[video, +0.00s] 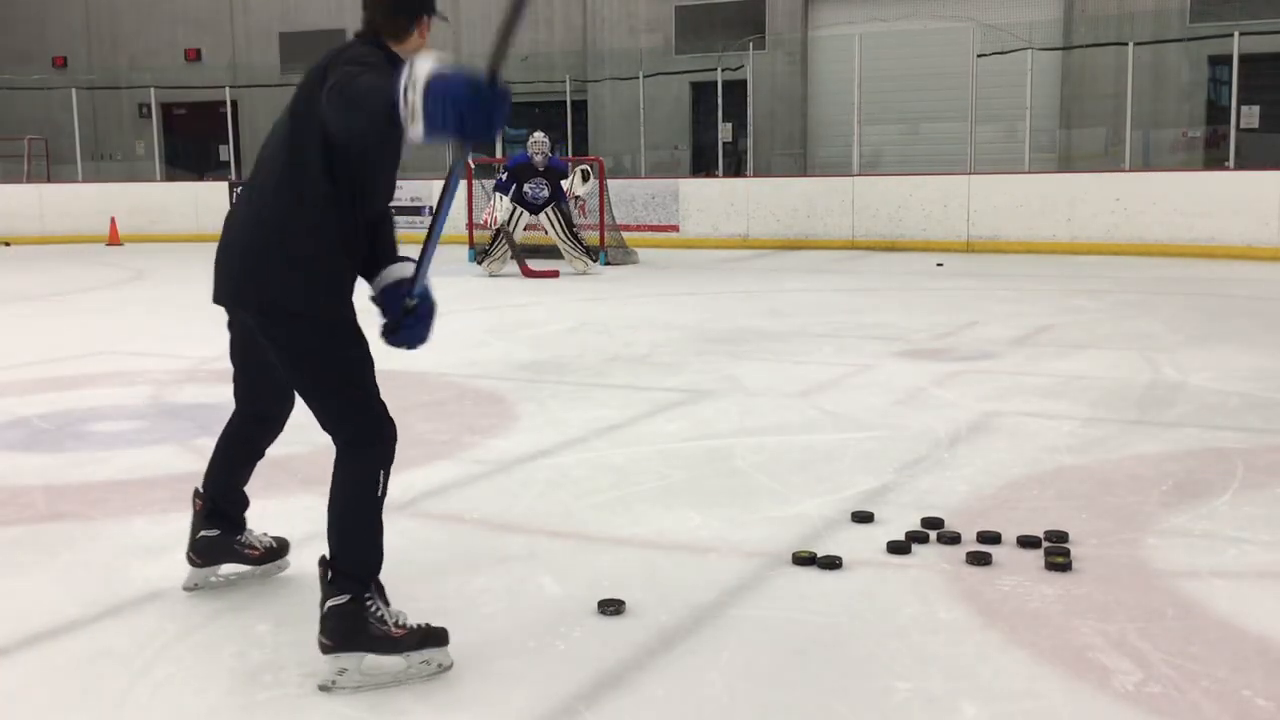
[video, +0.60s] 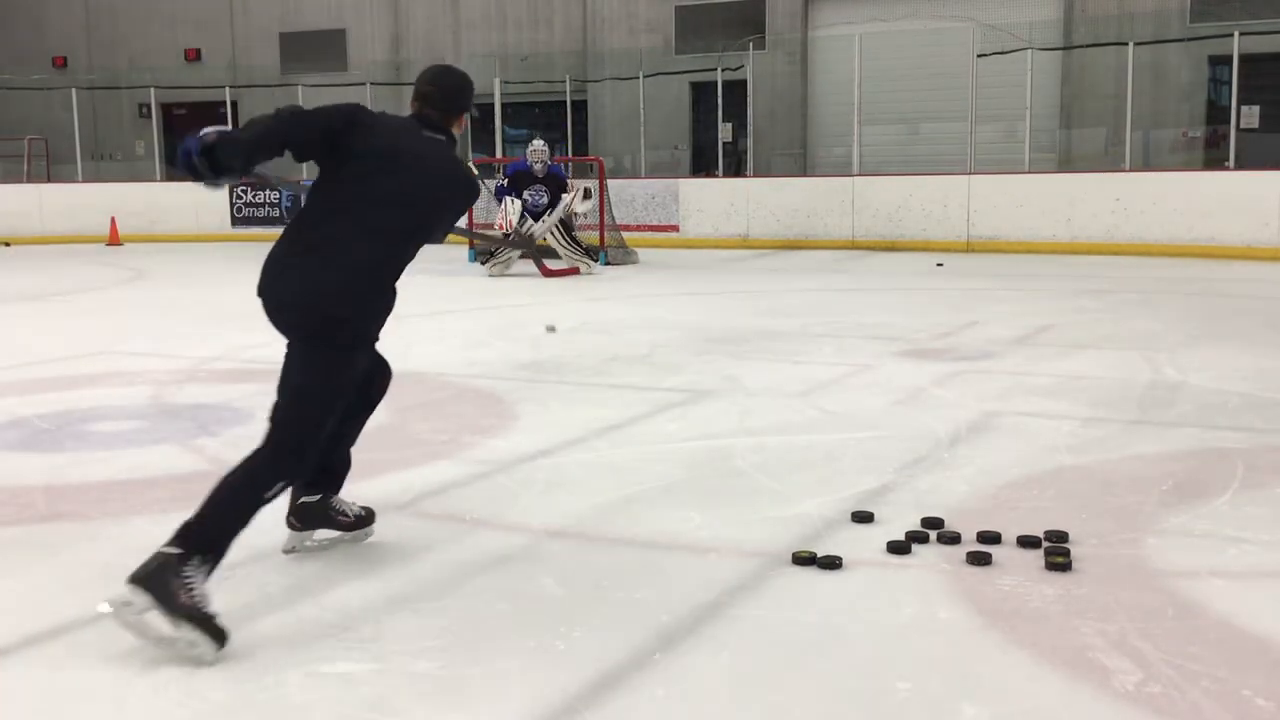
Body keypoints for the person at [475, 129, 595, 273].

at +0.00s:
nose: (539, 155)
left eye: (543, 151)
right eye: (536, 151)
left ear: (548, 151)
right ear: (529, 150)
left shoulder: (557, 166)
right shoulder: (518, 164)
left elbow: (570, 184)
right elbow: (501, 187)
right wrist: (497, 209)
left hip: (549, 205)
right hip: (521, 204)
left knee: (564, 234)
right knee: (507, 234)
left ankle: (584, 264)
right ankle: (491, 265)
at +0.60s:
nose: (538, 158)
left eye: (541, 154)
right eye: (534, 154)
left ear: (548, 156)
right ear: (528, 156)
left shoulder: (556, 174)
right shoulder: (516, 171)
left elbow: (565, 197)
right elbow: (500, 191)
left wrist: (573, 204)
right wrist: (512, 210)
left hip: (549, 217)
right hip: (522, 217)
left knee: (565, 241)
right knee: (512, 243)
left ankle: (587, 264)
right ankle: (493, 266)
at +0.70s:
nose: (536, 164)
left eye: (540, 160)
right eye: (532, 160)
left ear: (547, 160)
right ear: (527, 161)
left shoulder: (556, 180)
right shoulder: (518, 178)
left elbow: (564, 203)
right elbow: (501, 196)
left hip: (549, 224)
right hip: (524, 225)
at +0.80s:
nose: (532, 177)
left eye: (536, 173)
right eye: (529, 173)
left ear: (543, 172)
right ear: (523, 172)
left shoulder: (554, 189)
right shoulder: (515, 187)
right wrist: (502, 218)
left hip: (546, 235)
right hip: (520, 236)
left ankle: (591, 263)